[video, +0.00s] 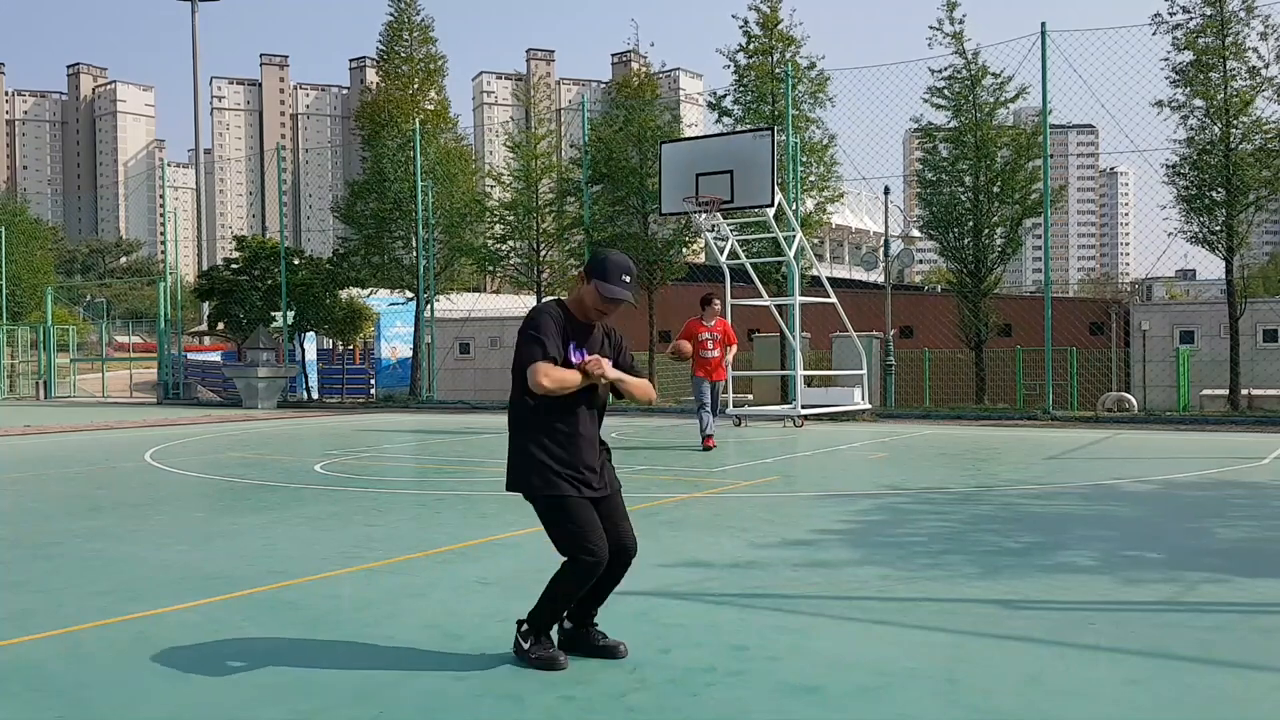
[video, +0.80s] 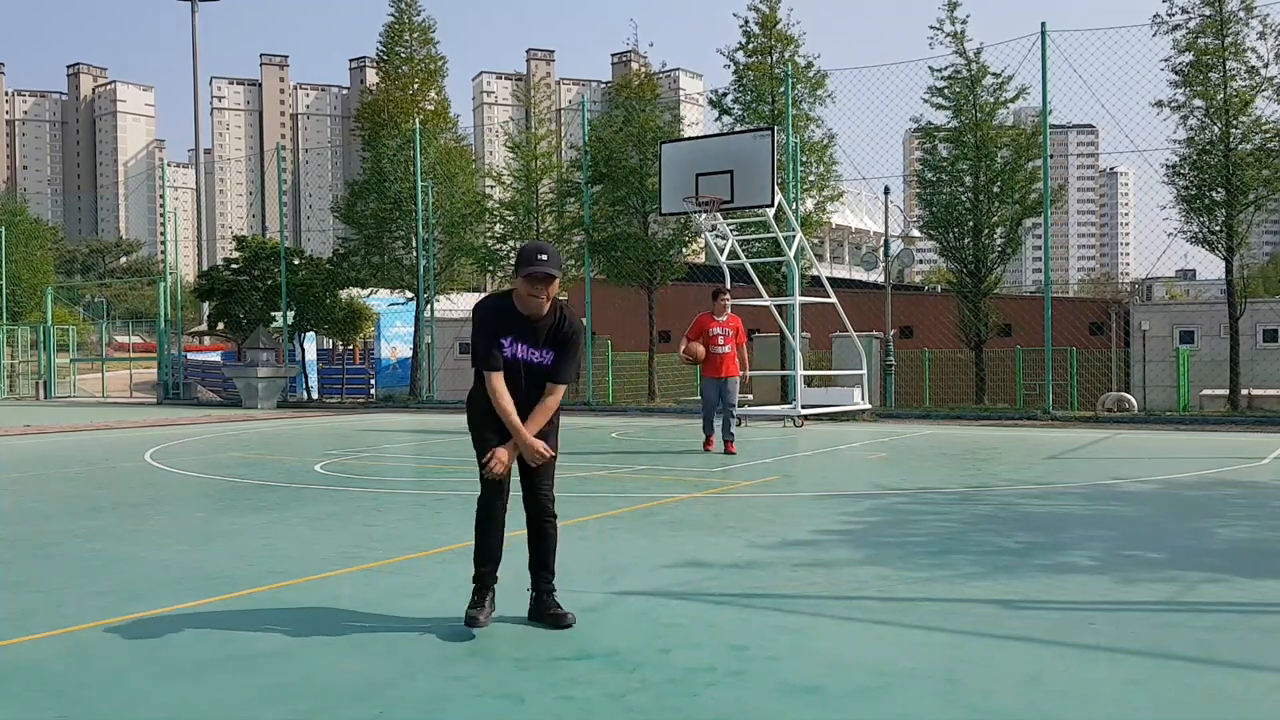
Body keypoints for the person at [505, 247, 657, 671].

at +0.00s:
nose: (610, 309)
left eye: (618, 302)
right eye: (604, 298)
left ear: (625, 298)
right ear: (583, 282)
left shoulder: (609, 336)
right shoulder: (545, 318)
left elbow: (648, 393)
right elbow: (540, 379)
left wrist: (615, 375)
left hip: (591, 460)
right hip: (545, 464)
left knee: (622, 547)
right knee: (590, 552)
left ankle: (577, 629)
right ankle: (532, 633)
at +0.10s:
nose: (618, 323)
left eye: (624, 315)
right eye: (613, 312)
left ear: (629, 310)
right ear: (587, 296)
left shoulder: (612, 342)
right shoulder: (547, 329)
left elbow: (650, 389)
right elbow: (504, 371)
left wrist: (627, 408)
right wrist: (551, 418)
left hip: (583, 461)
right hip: (534, 464)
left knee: (613, 536)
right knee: (582, 542)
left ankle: (577, 626)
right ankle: (531, 634)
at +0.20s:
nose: (625, 307)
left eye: (629, 298)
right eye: (618, 297)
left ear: (628, 294)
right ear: (589, 288)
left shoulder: (613, 327)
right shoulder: (546, 315)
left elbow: (662, 348)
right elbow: (487, 340)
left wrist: (653, 404)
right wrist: (510, 414)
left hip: (563, 432)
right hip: (517, 432)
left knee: (586, 514)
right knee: (552, 518)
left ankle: (575, 623)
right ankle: (529, 631)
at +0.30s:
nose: (613, 279)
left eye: (617, 271)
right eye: (606, 269)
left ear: (616, 269)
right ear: (578, 260)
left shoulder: (609, 302)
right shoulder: (534, 292)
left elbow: (661, 317)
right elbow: (472, 305)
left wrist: (679, 377)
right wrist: (482, 371)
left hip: (562, 423)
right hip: (511, 422)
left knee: (583, 500)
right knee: (527, 510)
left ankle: (562, 600)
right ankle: (527, 625)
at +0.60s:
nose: (568, 292)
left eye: (574, 284)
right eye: (560, 283)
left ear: (579, 281)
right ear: (536, 277)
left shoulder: (583, 325)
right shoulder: (501, 316)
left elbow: (629, 368)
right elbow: (456, 362)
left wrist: (663, 419)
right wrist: (472, 390)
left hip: (562, 446)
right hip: (514, 441)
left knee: (567, 530)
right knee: (540, 518)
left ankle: (543, 598)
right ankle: (526, 625)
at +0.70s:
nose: (561, 292)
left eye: (568, 284)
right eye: (553, 283)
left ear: (577, 283)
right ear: (532, 278)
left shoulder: (582, 328)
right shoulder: (498, 316)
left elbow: (595, 393)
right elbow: (481, 385)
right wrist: (502, 440)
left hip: (548, 429)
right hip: (499, 426)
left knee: (553, 515)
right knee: (509, 508)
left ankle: (544, 598)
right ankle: (516, 601)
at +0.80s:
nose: (540, 288)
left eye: (549, 280)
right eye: (532, 279)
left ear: (558, 283)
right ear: (515, 279)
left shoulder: (568, 326)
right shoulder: (489, 311)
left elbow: (553, 397)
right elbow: (494, 383)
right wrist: (523, 438)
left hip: (541, 414)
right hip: (492, 411)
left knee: (542, 504)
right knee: (494, 495)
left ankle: (543, 597)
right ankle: (483, 594)